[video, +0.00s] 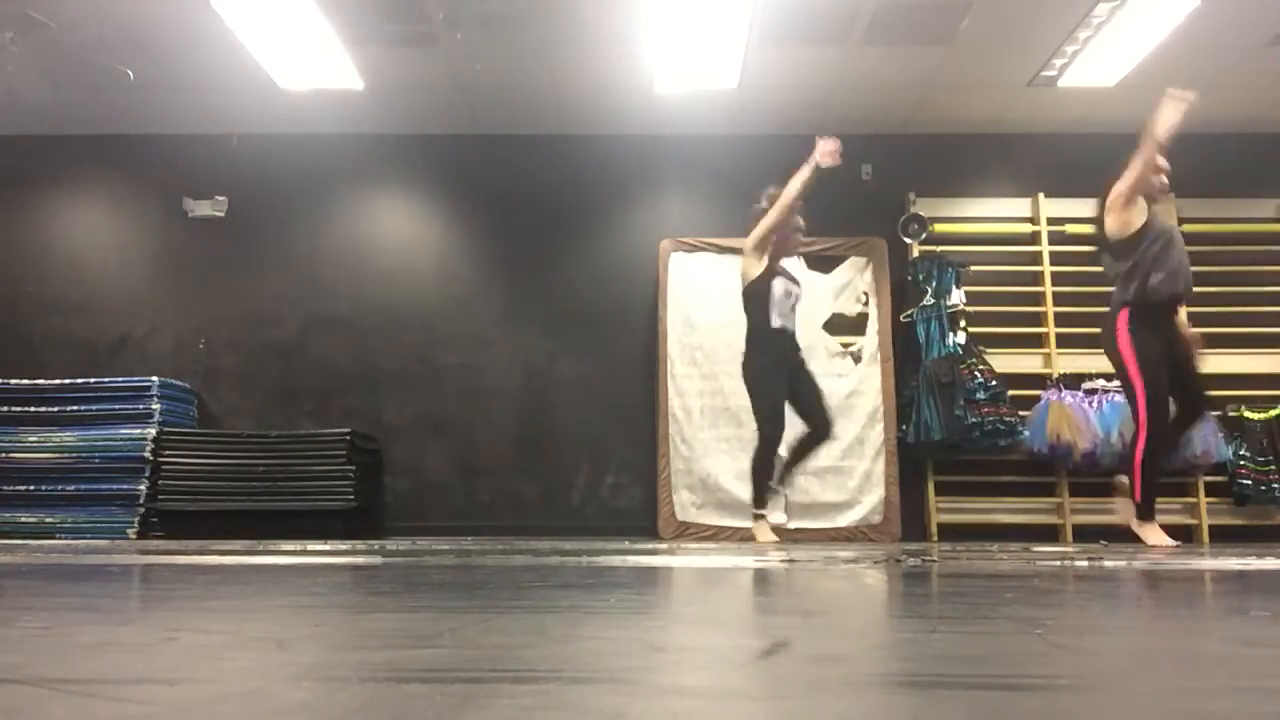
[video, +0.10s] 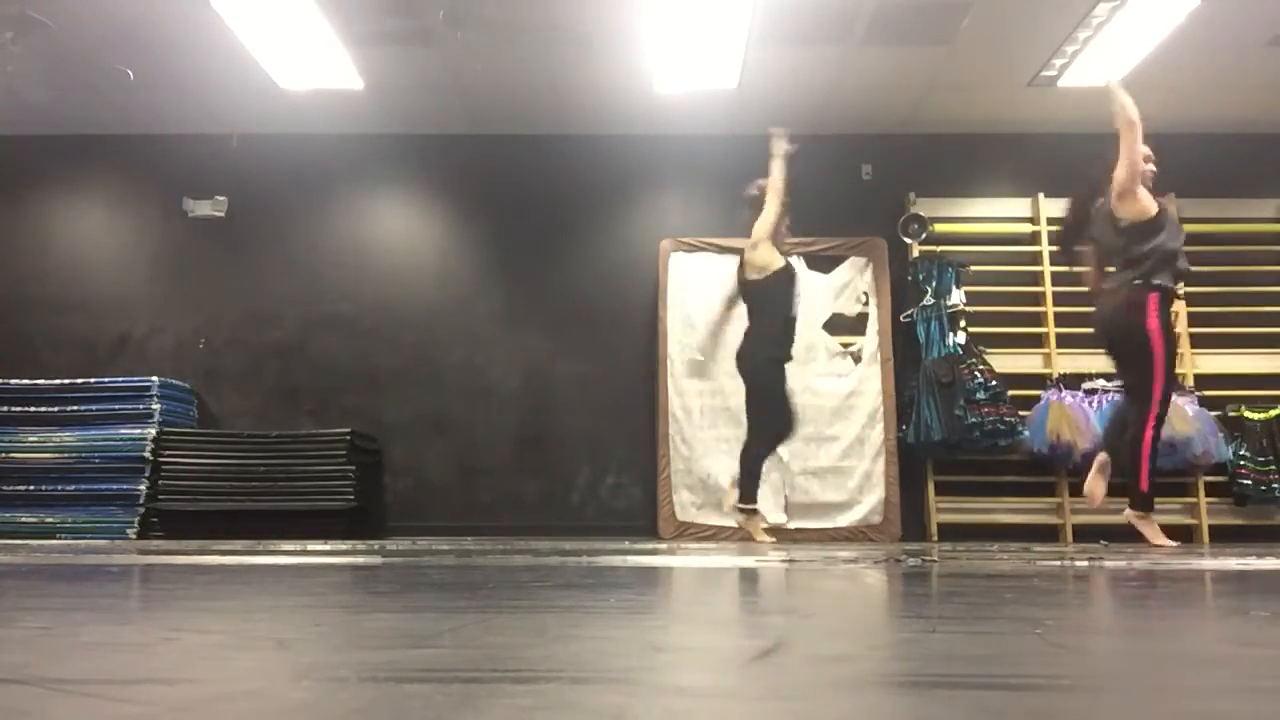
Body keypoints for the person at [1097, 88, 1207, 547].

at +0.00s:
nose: (1165, 174)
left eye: (1166, 168)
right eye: (1155, 169)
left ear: (1165, 175)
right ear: (1136, 173)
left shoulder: (1159, 214)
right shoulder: (1122, 206)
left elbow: (1165, 279)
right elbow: (1143, 159)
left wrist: (1183, 325)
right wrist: (1159, 128)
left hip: (1162, 320)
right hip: (1131, 320)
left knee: (1193, 402)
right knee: (1151, 414)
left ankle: (1133, 476)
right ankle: (1144, 518)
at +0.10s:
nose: (1151, 162)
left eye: (1151, 157)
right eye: (1143, 157)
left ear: (1134, 168)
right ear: (1126, 164)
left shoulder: (1106, 209)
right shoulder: (1128, 191)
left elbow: (1092, 268)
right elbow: (1129, 126)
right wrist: (1114, 86)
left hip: (1114, 304)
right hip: (1143, 304)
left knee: (1140, 394)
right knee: (1153, 403)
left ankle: (1105, 458)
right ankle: (1141, 510)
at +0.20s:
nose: (1125, 163)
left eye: (1120, 160)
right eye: (1121, 157)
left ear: (1084, 175)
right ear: (1113, 166)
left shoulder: (1073, 215)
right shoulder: (1134, 188)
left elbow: (1066, 275)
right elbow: (1129, 125)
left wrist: (1080, 299)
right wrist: (1094, 76)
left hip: (1098, 301)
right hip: (1146, 297)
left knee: (1083, 388)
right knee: (1148, 405)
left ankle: (1113, 444)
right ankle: (1146, 509)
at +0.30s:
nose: (1112, 170)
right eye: (1108, 164)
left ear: (1070, 179)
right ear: (1109, 174)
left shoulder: (1056, 216)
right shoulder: (1127, 197)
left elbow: (1046, 279)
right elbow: (1140, 134)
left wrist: (1047, 325)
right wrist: (1136, 96)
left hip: (1093, 306)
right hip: (1140, 301)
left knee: (1044, 395)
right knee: (1147, 405)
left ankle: (1112, 452)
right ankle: (1155, 509)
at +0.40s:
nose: (1041, 186)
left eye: (1046, 181)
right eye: (1043, 180)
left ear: (1062, 183)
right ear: (1084, 185)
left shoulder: (1039, 222)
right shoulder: (1104, 213)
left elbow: (1022, 288)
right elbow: (1140, 171)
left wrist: (1013, 335)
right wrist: (1156, 141)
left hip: (1082, 319)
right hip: (1123, 315)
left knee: (1024, 399)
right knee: (1146, 413)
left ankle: (1059, 489)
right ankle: (1169, 509)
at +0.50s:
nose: (1020, 192)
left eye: (1026, 186)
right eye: (1023, 185)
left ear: (1044, 189)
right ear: (1057, 191)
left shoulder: (1023, 227)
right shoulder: (1080, 223)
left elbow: (999, 291)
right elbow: (1124, 213)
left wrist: (978, 341)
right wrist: (1170, 171)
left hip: (1058, 335)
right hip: (1089, 329)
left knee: (1015, 418)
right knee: (1123, 416)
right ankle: (1172, 507)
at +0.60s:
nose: (1002, 194)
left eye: (1008, 188)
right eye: (1005, 188)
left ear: (1029, 192)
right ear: (1033, 193)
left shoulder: (1014, 224)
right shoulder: (1043, 228)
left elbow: (984, 287)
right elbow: (1092, 265)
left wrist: (951, 341)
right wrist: (1124, 234)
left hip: (1028, 340)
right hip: (1048, 339)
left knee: (991, 425)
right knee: (1059, 438)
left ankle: (996, 528)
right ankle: (1143, 502)